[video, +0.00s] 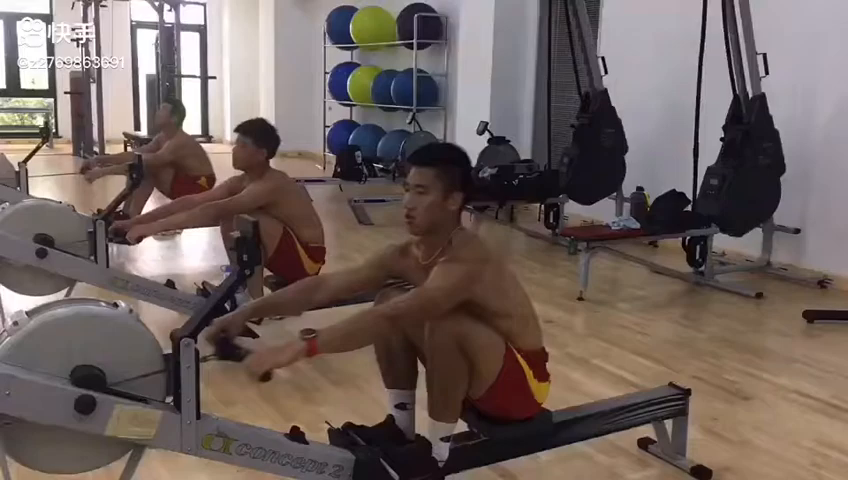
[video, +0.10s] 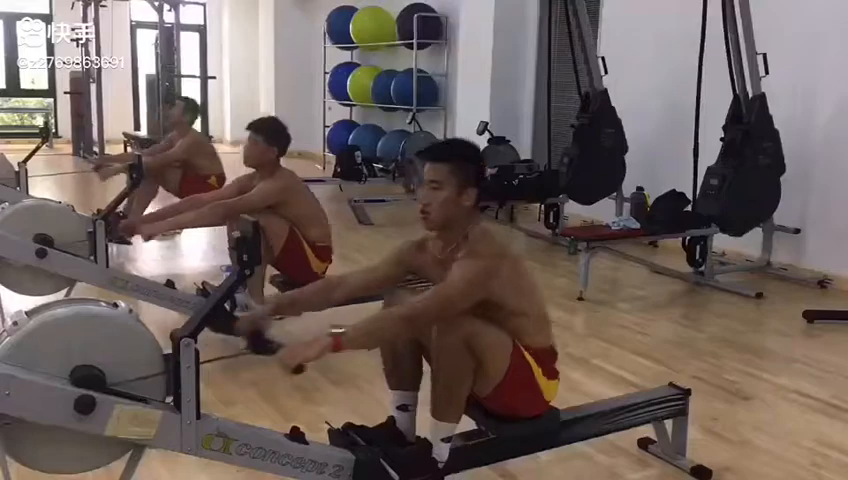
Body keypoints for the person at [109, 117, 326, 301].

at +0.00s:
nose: (233, 147)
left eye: (240, 143)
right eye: (235, 142)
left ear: (261, 152)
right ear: (252, 152)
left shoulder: (271, 185)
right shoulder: (243, 182)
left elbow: (215, 215)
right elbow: (194, 201)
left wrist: (148, 230)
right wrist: (139, 221)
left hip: (305, 264)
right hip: (287, 259)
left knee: (249, 220)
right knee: (229, 215)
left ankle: (254, 298)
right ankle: (238, 286)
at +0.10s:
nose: (245, 145)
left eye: (252, 141)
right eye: (247, 139)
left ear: (272, 151)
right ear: (267, 151)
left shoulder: (279, 184)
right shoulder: (253, 180)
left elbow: (224, 213)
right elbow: (202, 201)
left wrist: (165, 228)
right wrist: (142, 221)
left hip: (312, 263)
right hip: (296, 258)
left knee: (260, 221)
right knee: (236, 215)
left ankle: (255, 302)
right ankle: (242, 292)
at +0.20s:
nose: (271, 144)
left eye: (278, 139)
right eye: (273, 137)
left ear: (298, 147)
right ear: (293, 147)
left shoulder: (305, 183)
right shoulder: (279, 176)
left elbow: (249, 212)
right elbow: (235, 201)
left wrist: (194, 230)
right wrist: (180, 219)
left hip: (326, 259)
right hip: (312, 252)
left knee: (267, 220)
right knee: (256, 223)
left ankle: (254, 301)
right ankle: (243, 292)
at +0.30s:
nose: (303, 140)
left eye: (310, 135)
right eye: (304, 133)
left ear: (327, 144)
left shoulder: (331, 182)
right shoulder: (305, 176)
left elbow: (277, 212)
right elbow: (257, 201)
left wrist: (221, 229)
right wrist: (205, 217)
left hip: (344, 257)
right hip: (331, 248)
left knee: (276, 221)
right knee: (265, 217)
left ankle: (256, 299)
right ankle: (246, 288)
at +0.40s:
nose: (334, 139)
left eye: (339, 134)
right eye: (335, 133)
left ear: (356, 139)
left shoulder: (360, 178)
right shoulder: (336, 170)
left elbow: (313, 207)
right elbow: (292, 195)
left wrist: (260, 221)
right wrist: (237, 210)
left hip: (362, 254)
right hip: (347, 244)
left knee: (294, 227)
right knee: (281, 222)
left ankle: (256, 302)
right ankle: (244, 289)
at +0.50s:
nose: (364, 137)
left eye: (371, 133)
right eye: (366, 131)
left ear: (387, 139)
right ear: (374, 136)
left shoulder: (389, 178)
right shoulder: (359, 171)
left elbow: (342, 205)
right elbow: (314, 195)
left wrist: (288, 217)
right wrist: (266, 207)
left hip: (380, 252)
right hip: (361, 240)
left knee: (307, 236)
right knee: (293, 229)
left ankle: (255, 304)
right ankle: (243, 291)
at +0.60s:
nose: (393, 141)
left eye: (400, 136)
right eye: (394, 135)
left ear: (416, 142)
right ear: (396, 138)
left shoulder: (416, 180)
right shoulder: (388, 172)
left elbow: (373, 205)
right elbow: (350, 192)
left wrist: (323, 215)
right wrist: (305, 199)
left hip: (392, 253)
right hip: (371, 239)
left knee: (322, 248)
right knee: (306, 242)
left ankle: (255, 307)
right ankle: (240, 290)